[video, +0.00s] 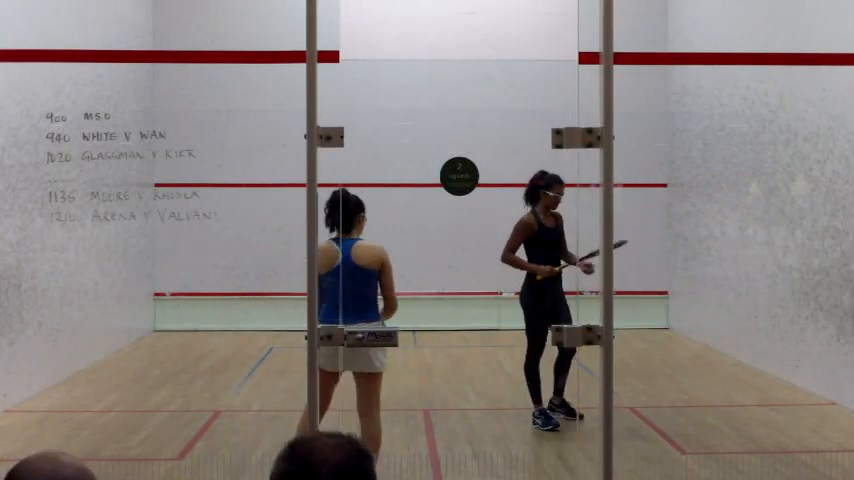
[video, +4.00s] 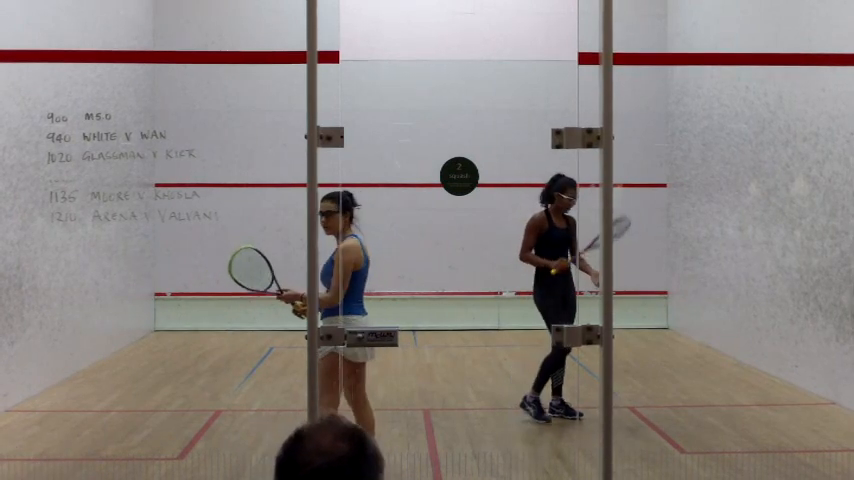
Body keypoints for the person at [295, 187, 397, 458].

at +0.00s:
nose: (365, 221)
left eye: (364, 217)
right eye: (364, 217)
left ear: (331, 219)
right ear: (360, 219)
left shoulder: (319, 254)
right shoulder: (376, 254)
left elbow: (314, 299)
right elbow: (391, 305)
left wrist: (321, 323)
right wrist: (374, 323)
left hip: (328, 341)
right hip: (366, 342)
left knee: (315, 408)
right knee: (369, 412)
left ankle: (295, 465)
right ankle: (367, 473)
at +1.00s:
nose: (311, 226)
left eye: (314, 219)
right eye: (310, 219)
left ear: (330, 217)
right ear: (337, 218)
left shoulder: (336, 252)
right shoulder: (348, 248)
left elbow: (323, 304)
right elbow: (334, 303)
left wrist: (284, 308)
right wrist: (299, 313)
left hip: (333, 338)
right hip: (349, 336)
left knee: (321, 406)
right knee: (340, 401)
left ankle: (319, 463)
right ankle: (374, 452)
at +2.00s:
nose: (326, 226)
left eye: (328, 219)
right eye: (325, 220)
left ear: (342, 217)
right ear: (354, 217)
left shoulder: (343, 249)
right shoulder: (373, 247)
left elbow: (331, 298)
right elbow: (362, 295)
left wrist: (302, 295)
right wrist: (316, 302)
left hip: (339, 331)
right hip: (367, 329)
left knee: (328, 402)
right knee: (366, 400)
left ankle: (327, 466)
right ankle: (367, 466)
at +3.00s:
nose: (329, 225)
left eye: (330, 219)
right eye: (329, 219)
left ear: (342, 217)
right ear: (359, 217)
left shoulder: (340, 250)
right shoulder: (377, 250)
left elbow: (323, 298)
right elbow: (363, 294)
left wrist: (300, 294)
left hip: (339, 332)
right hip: (370, 331)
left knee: (328, 404)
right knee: (368, 401)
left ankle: (327, 467)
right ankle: (367, 466)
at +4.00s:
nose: (323, 220)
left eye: (329, 214)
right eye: (321, 214)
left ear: (347, 215)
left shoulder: (347, 248)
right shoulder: (352, 245)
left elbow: (335, 297)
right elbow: (337, 296)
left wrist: (299, 296)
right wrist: (310, 307)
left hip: (340, 327)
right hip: (354, 326)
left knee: (327, 397)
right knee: (356, 394)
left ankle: (323, 456)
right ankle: (368, 454)